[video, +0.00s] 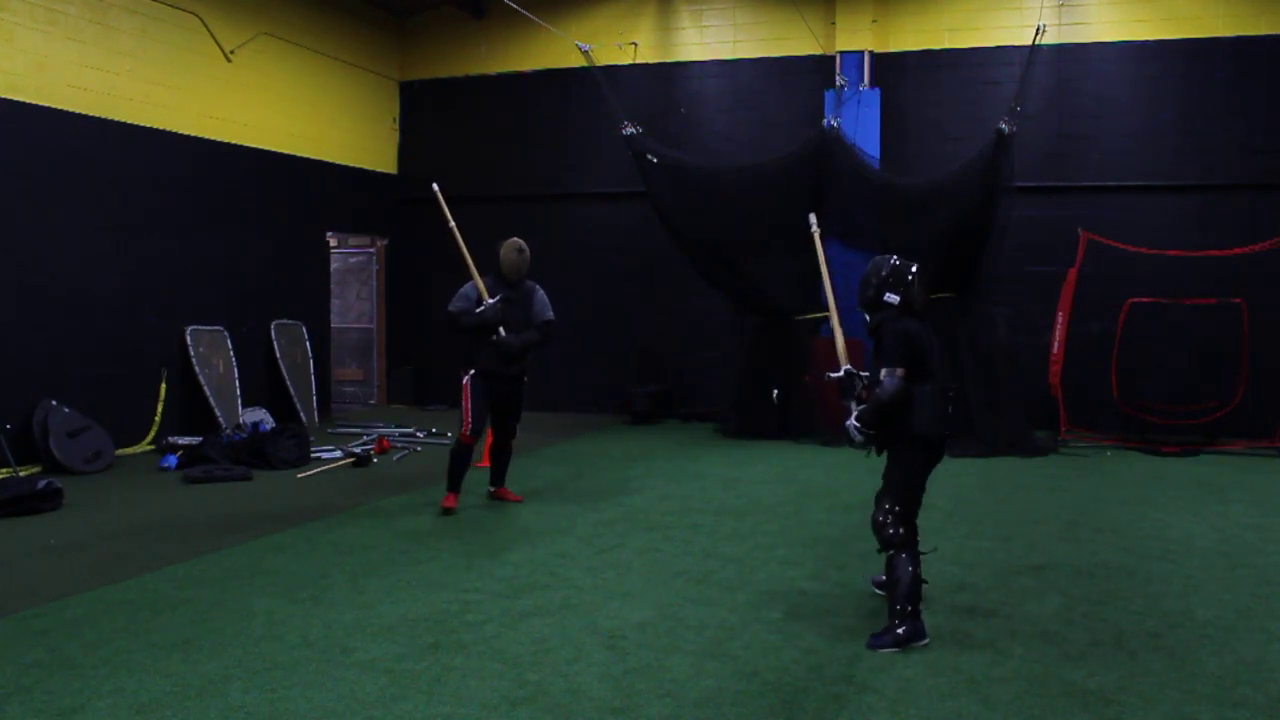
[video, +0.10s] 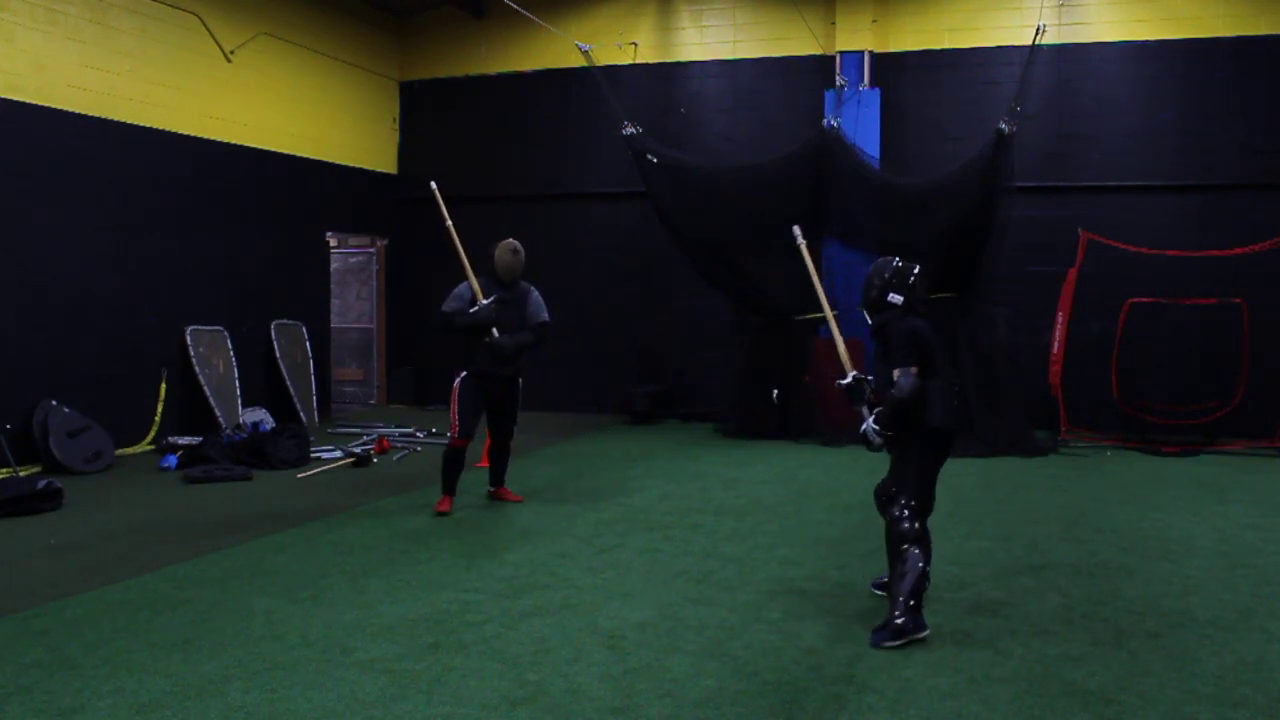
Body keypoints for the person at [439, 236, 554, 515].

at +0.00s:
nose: (519, 266)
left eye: (523, 260)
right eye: (514, 260)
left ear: (528, 263)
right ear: (501, 260)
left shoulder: (534, 293)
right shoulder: (478, 289)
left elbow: (547, 329)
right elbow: (454, 319)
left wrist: (515, 341)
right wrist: (485, 316)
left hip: (512, 374)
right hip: (479, 371)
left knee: (505, 433)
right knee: (471, 430)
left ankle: (498, 486)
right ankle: (453, 492)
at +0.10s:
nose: (511, 273)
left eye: (516, 268)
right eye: (506, 267)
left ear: (522, 267)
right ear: (495, 264)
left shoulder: (529, 295)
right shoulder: (471, 289)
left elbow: (542, 331)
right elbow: (447, 319)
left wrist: (509, 342)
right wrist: (478, 316)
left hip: (507, 377)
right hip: (472, 375)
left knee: (502, 435)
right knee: (461, 436)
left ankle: (497, 486)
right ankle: (447, 495)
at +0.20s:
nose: (504, 275)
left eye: (509, 270)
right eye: (499, 269)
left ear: (515, 268)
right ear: (488, 265)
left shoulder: (523, 297)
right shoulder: (464, 291)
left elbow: (534, 334)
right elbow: (440, 319)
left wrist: (499, 343)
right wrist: (469, 316)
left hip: (501, 379)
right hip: (464, 377)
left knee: (502, 437)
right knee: (454, 438)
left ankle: (498, 487)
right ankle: (446, 498)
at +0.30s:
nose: (499, 275)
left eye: (504, 270)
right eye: (494, 269)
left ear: (510, 268)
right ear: (483, 265)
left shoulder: (516, 297)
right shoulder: (458, 288)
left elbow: (526, 336)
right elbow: (432, 316)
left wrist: (491, 342)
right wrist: (463, 313)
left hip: (493, 378)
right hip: (457, 377)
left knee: (508, 436)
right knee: (450, 439)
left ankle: (499, 479)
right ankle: (445, 497)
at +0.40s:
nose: (497, 266)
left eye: (502, 262)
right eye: (493, 260)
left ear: (507, 265)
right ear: (482, 259)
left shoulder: (512, 295)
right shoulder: (454, 285)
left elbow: (522, 334)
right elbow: (427, 314)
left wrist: (489, 342)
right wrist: (460, 312)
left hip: (491, 378)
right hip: (454, 376)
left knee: (510, 433)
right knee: (448, 440)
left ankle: (498, 482)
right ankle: (445, 498)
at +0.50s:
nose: (498, 264)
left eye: (503, 260)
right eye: (493, 258)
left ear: (507, 264)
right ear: (481, 258)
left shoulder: (510, 294)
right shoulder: (453, 285)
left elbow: (523, 332)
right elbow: (426, 314)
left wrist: (493, 342)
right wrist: (463, 313)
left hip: (491, 378)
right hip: (454, 376)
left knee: (508, 434)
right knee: (449, 441)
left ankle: (504, 497)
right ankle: (445, 499)